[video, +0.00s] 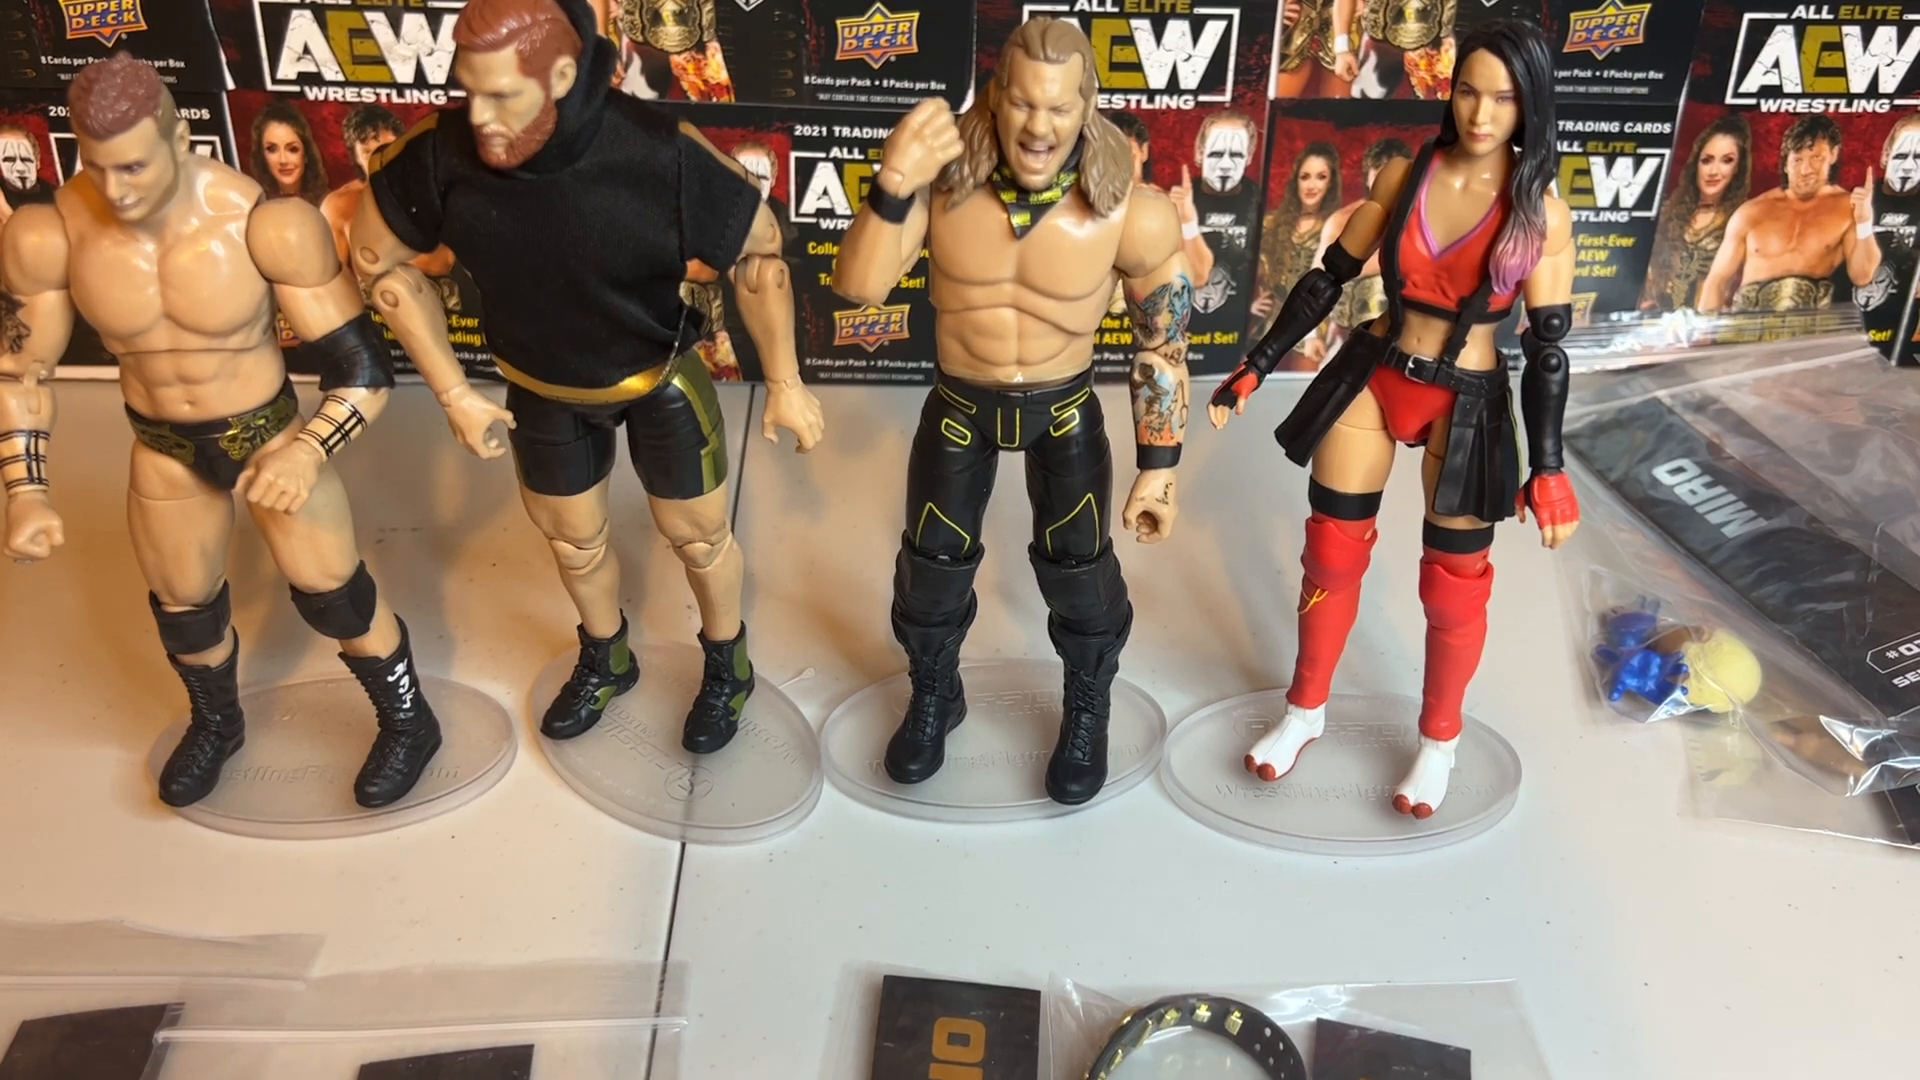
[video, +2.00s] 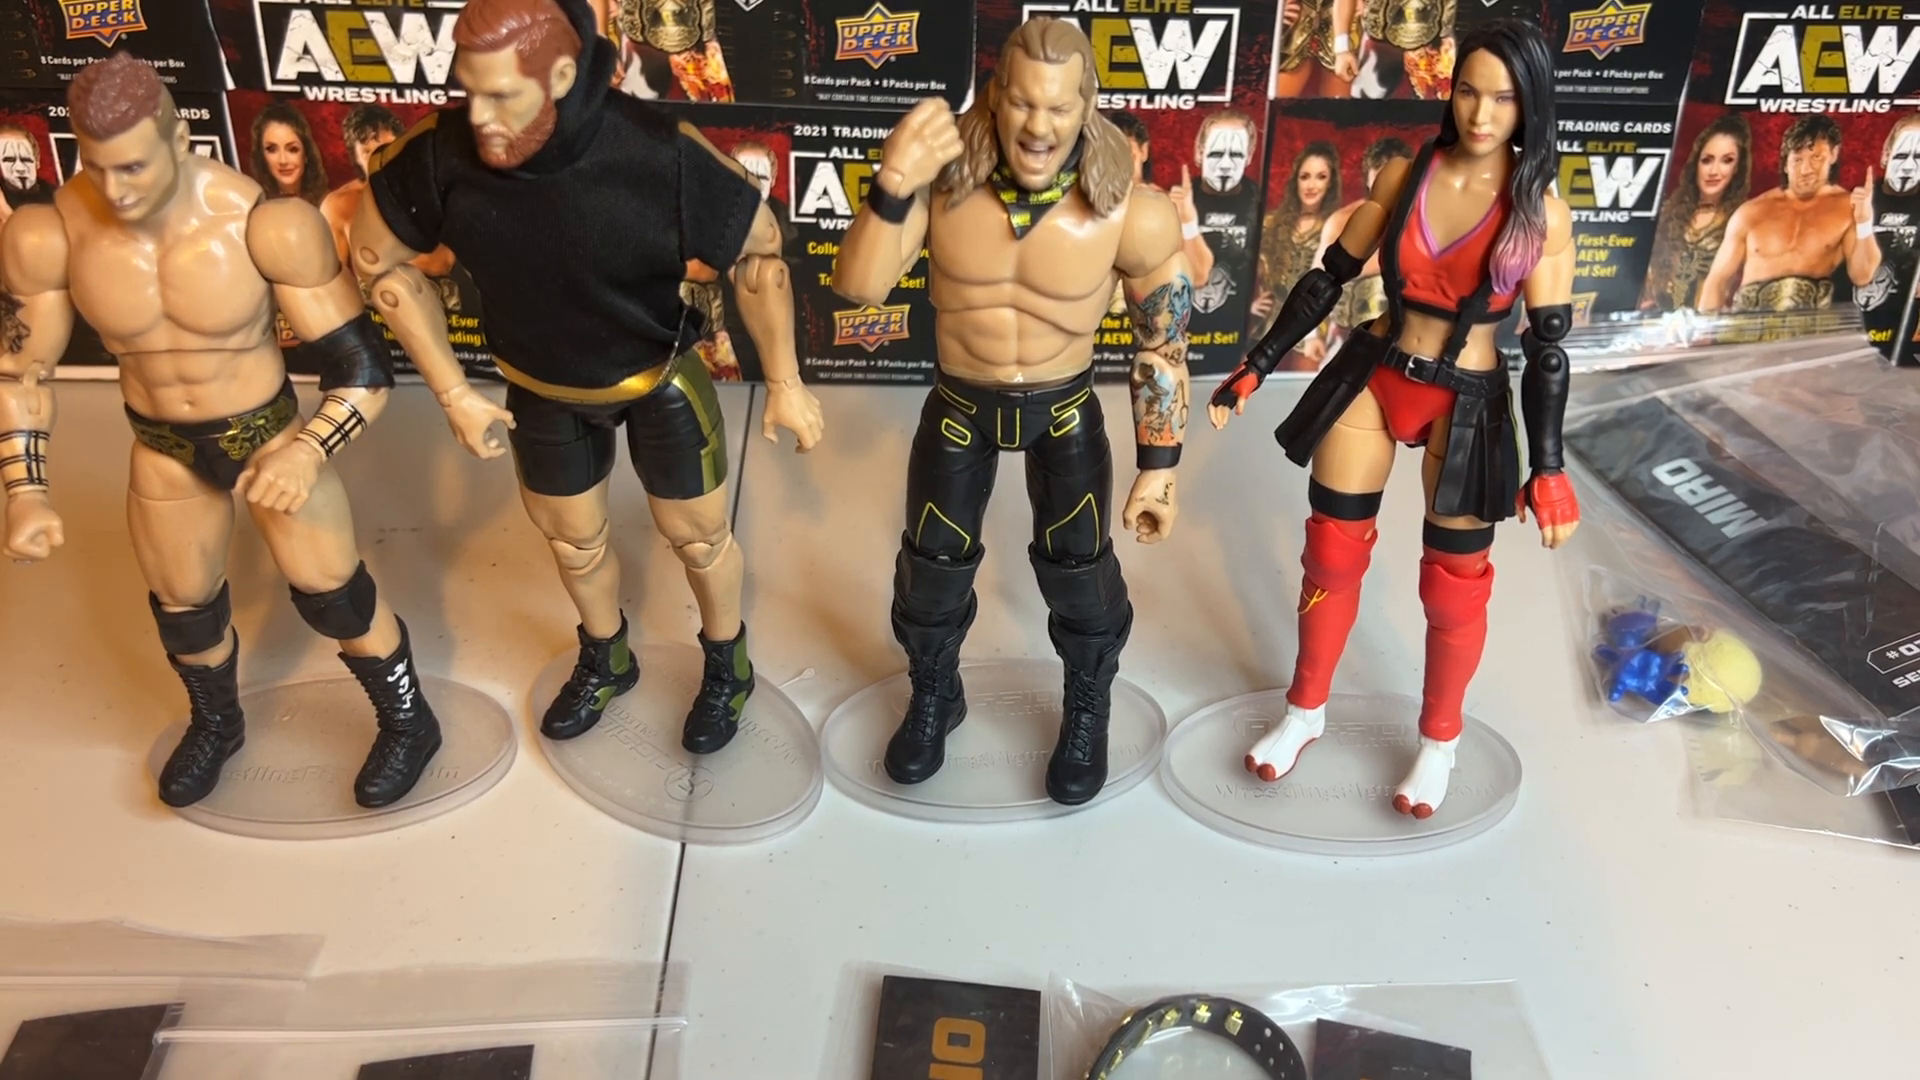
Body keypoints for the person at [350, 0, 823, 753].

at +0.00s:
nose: (480, 118)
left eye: (502, 96)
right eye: (468, 95)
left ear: (564, 76)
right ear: (456, 80)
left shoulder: (652, 153)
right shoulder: (443, 158)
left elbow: (756, 245)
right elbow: (373, 251)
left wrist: (784, 381)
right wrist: (453, 392)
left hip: (661, 382)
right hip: (543, 394)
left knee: (700, 541)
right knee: (575, 546)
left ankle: (726, 666)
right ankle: (607, 660)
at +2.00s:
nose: (480, 119)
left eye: (502, 96)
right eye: (468, 95)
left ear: (563, 76)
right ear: (456, 81)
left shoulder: (653, 155)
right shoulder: (442, 159)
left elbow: (757, 245)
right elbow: (372, 251)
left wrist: (784, 381)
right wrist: (453, 392)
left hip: (661, 381)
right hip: (541, 393)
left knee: (700, 540)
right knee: (575, 545)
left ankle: (726, 667)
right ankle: (607, 660)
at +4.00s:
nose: (481, 119)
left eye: (503, 96)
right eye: (468, 95)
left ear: (564, 76)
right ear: (456, 81)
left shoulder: (653, 155)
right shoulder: (443, 159)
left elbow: (757, 246)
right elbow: (372, 251)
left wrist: (784, 381)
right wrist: (452, 392)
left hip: (661, 382)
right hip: (542, 395)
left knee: (700, 540)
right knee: (575, 546)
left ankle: (726, 666)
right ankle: (607, 660)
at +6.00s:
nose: (481, 119)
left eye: (503, 96)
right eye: (468, 95)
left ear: (564, 76)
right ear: (457, 81)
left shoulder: (653, 155)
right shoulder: (443, 159)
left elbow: (757, 245)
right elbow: (372, 251)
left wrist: (784, 381)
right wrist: (452, 392)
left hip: (661, 382)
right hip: (542, 394)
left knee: (700, 540)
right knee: (575, 546)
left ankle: (726, 666)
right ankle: (607, 661)